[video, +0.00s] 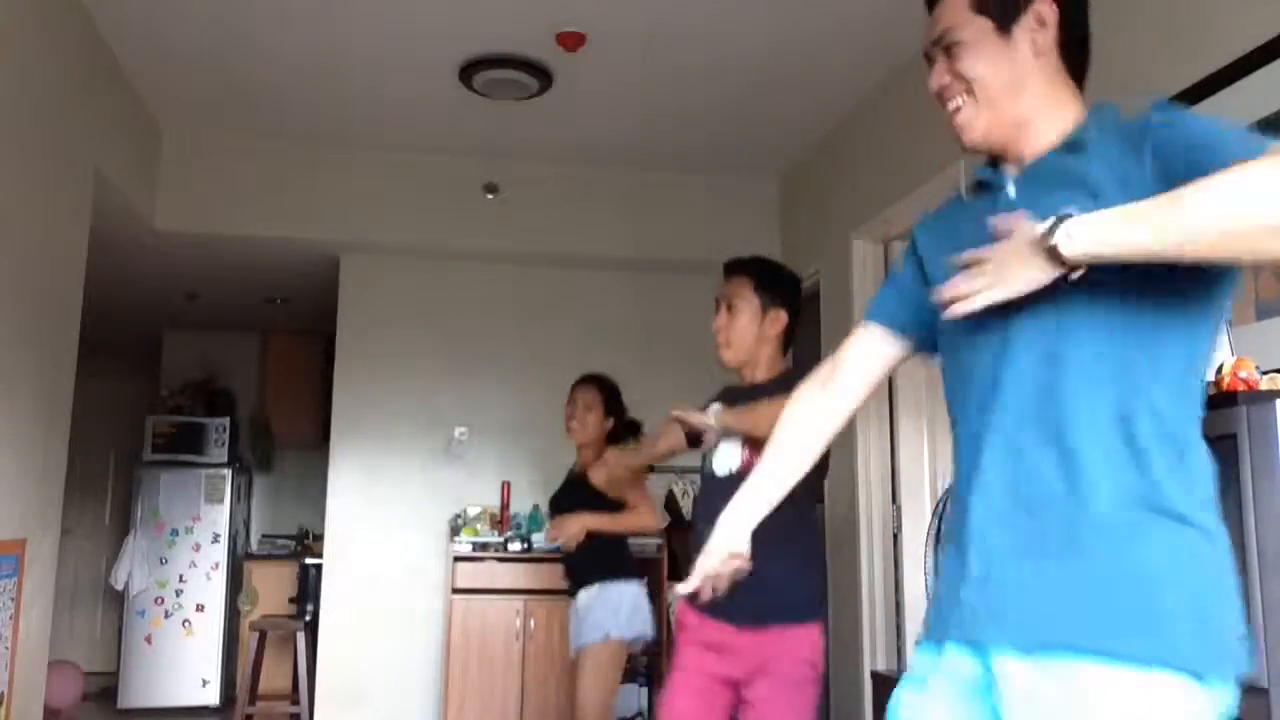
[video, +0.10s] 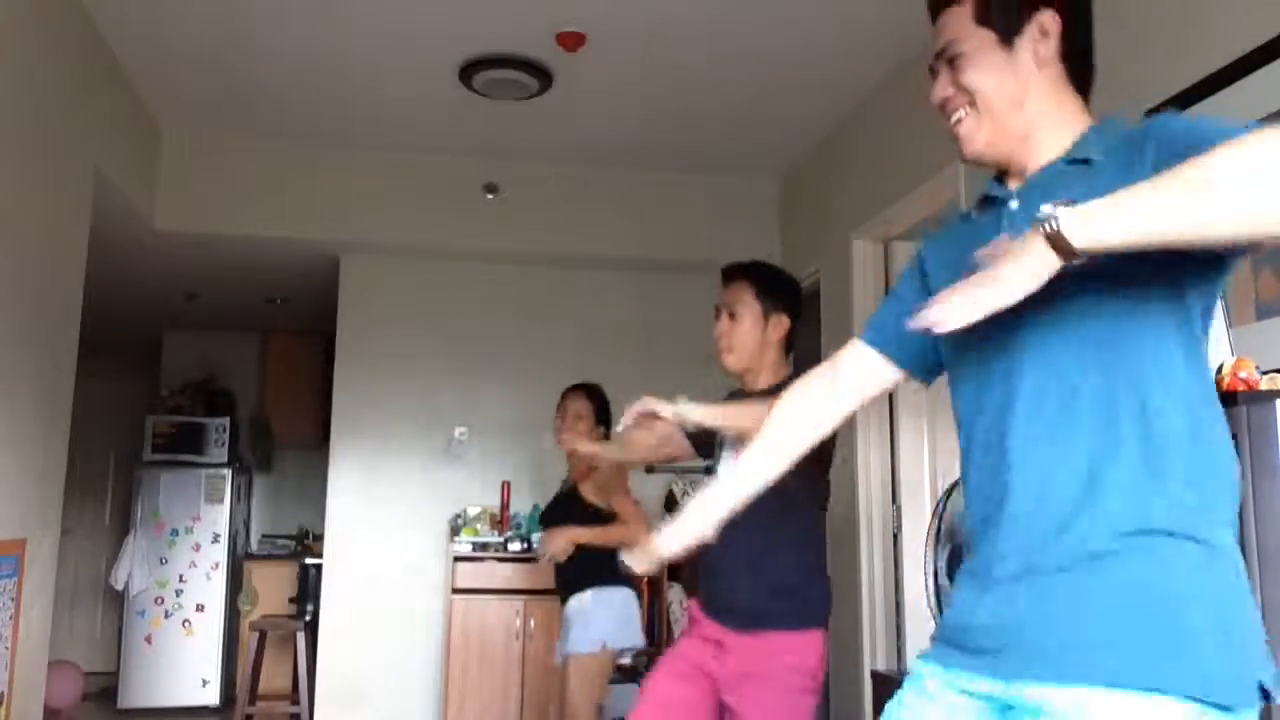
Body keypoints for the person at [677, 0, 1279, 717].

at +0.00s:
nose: (934, 81)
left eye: (950, 46)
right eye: (930, 63)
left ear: (1040, 26)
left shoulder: (1160, 143)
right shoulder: (943, 233)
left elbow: (1273, 199)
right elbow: (837, 382)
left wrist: (1065, 242)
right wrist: (735, 523)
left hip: (1141, 637)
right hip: (969, 633)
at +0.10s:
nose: (937, 90)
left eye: (953, 60)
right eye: (935, 73)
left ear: (1041, 34)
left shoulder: (1156, 148)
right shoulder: (958, 247)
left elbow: (1273, 176)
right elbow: (834, 386)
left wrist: (1062, 236)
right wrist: (706, 510)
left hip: (1154, 656)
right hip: (976, 650)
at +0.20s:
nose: (931, 70)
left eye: (945, 40)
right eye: (925, 54)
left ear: (1029, 19)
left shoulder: (1143, 106)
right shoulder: (951, 225)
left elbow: (1271, 117)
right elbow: (843, 363)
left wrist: (1128, 210)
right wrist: (690, 457)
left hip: (1131, 617)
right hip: (975, 619)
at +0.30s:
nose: (920, 68)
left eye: (933, 37)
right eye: (915, 52)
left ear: (1016, 18)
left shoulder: (1108, 100)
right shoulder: (950, 217)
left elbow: (1220, 131)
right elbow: (886, 362)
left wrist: (1264, 170)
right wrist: (788, 372)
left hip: (1095, 587)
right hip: (959, 587)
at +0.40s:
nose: (910, 95)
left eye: (924, 64)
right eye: (907, 77)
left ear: (1007, 40)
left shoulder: (1083, 135)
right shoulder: (956, 237)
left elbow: (1182, 175)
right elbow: (901, 414)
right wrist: (894, 364)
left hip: (1075, 617)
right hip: (963, 619)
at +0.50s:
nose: (908, 102)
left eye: (925, 71)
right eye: (906, 84)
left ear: (1007, 53)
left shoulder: (1087, 147)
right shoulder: (951, 261)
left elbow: (1197, 183)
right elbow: (885, 410)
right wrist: (840, 376)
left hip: (1074, 622)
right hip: (969, 618)